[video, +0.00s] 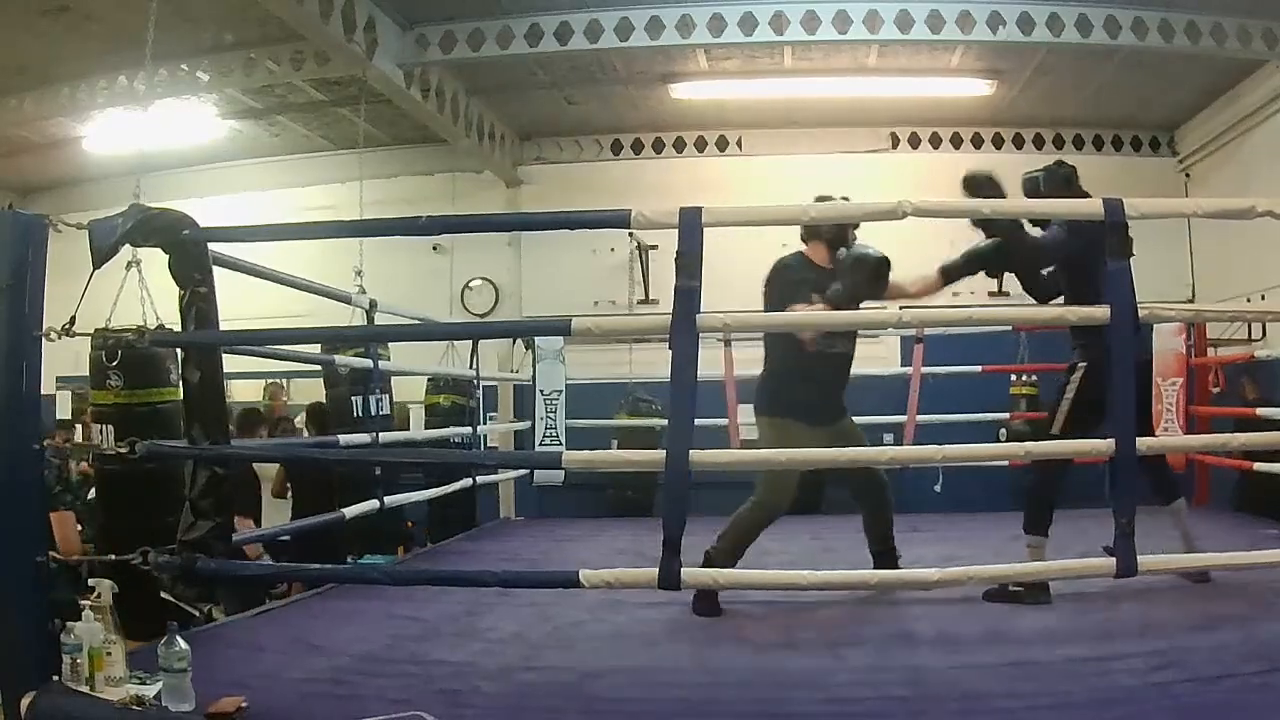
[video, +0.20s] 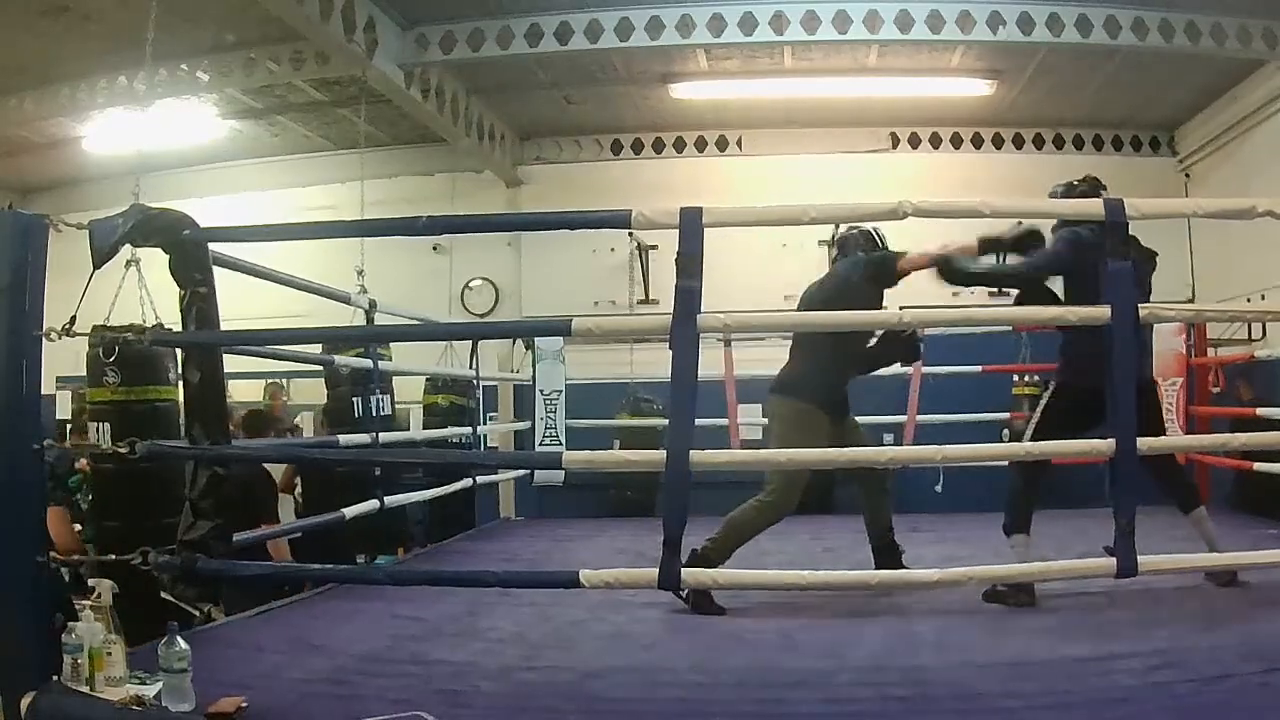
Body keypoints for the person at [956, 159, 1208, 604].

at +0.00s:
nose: (1035, 212)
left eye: (1038, 202)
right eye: (1034, 204)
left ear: (1056, 194)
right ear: (1074, 188)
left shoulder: (1079, 224)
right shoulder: (1098, 228)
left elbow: (1034, 250)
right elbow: (1043, 290)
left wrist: (1002, 221)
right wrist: (1011, 259)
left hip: (1097, 356)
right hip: (1132, 353)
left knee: (1048, 453)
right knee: (1145, 448)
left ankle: (1033, 573)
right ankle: (1193, 551)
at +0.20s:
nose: (1053, 219)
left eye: (1057, 212)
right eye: (1054, 212)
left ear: (1070, 209)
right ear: (1102, 207)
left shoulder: (1073, 240)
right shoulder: (1135, 250)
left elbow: (1027, 272)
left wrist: (962, 274)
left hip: (1083, 379)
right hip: (1135, 379)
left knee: (1027, 459)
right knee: (1162, 459)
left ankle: (1020, 576)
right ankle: (1219, 556)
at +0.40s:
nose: (1029, 215)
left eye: (1032, 208)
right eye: (1030, 209)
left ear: (1044, 205)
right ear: (1083, 197)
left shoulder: (1041, 240)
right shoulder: (1116, 236)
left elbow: (986, 278)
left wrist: (938, 309)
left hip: (1070, 378)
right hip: (1126, 375)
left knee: (1018, 458)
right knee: (1159, 453)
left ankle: (1008, 565)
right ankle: (1201, 552)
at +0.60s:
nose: (1001, 206)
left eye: (1003, 200)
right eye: (1004, 201)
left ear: (1011, 200)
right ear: (1057, 196)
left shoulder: (999, 233)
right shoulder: (1091, 232)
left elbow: (929, 251)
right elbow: (1127, 243)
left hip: (1035, 382)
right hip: (1096, 379)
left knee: (986, 469)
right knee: (1145, 461)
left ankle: (935, 572)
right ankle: (1198, 569)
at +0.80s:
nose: (943, 188)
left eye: (945, 180)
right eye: (943, 181)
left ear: (955, 176)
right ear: (993, 170)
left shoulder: (947, 207)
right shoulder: (1036, 209)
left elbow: (899, 275)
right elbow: (1045, 284)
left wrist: (883, 260)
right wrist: (1006, 298)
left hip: (968, 352)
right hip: (1030, 350)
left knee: (937, 449)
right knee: (1066, 451)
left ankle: (907, 563)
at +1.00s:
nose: (894, 203)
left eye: (894, 195)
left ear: (899, 195)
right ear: (947, 188)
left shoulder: (888, 238)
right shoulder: (981, 231)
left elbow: (885, 313)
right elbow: (982, 294)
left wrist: (863, 337)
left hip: (914, 379)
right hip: (973, 378)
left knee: (873, 472)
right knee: (1011, 482)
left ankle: (810, 577)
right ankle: (1032, 603)